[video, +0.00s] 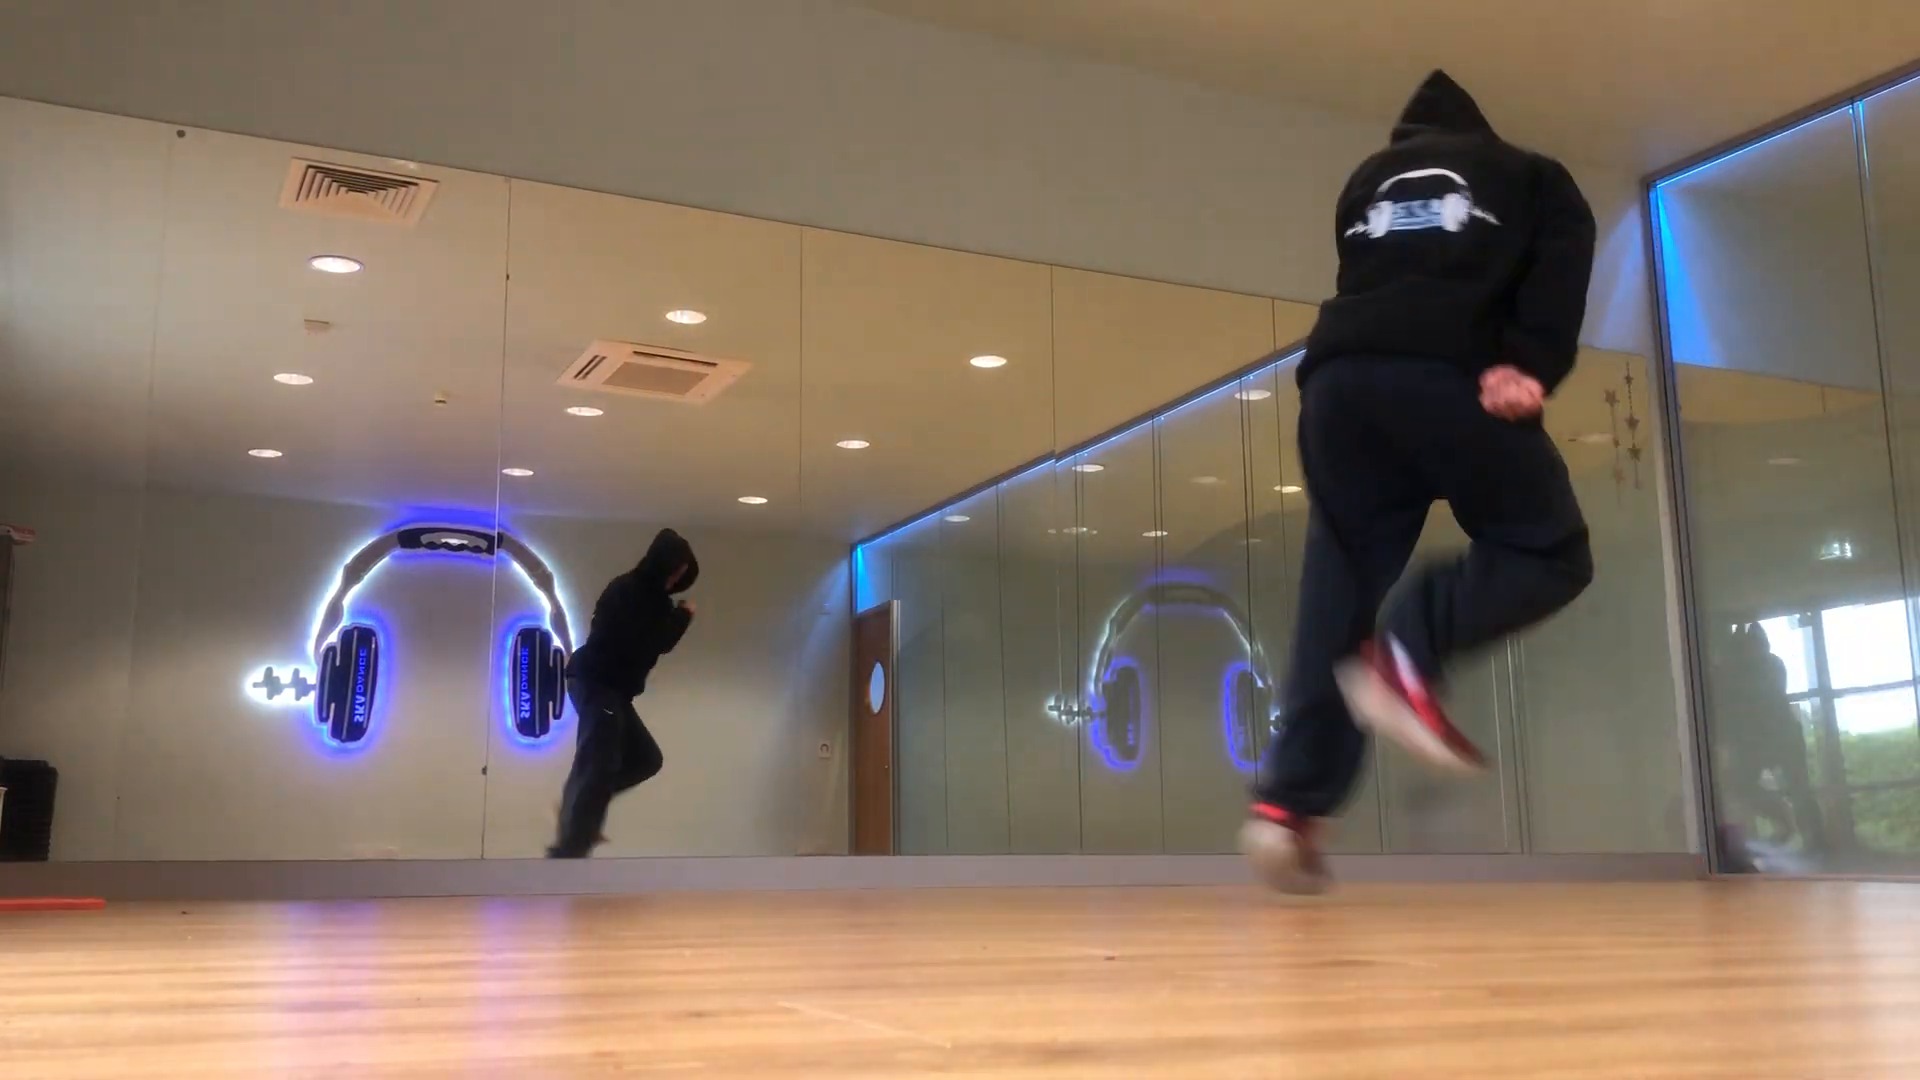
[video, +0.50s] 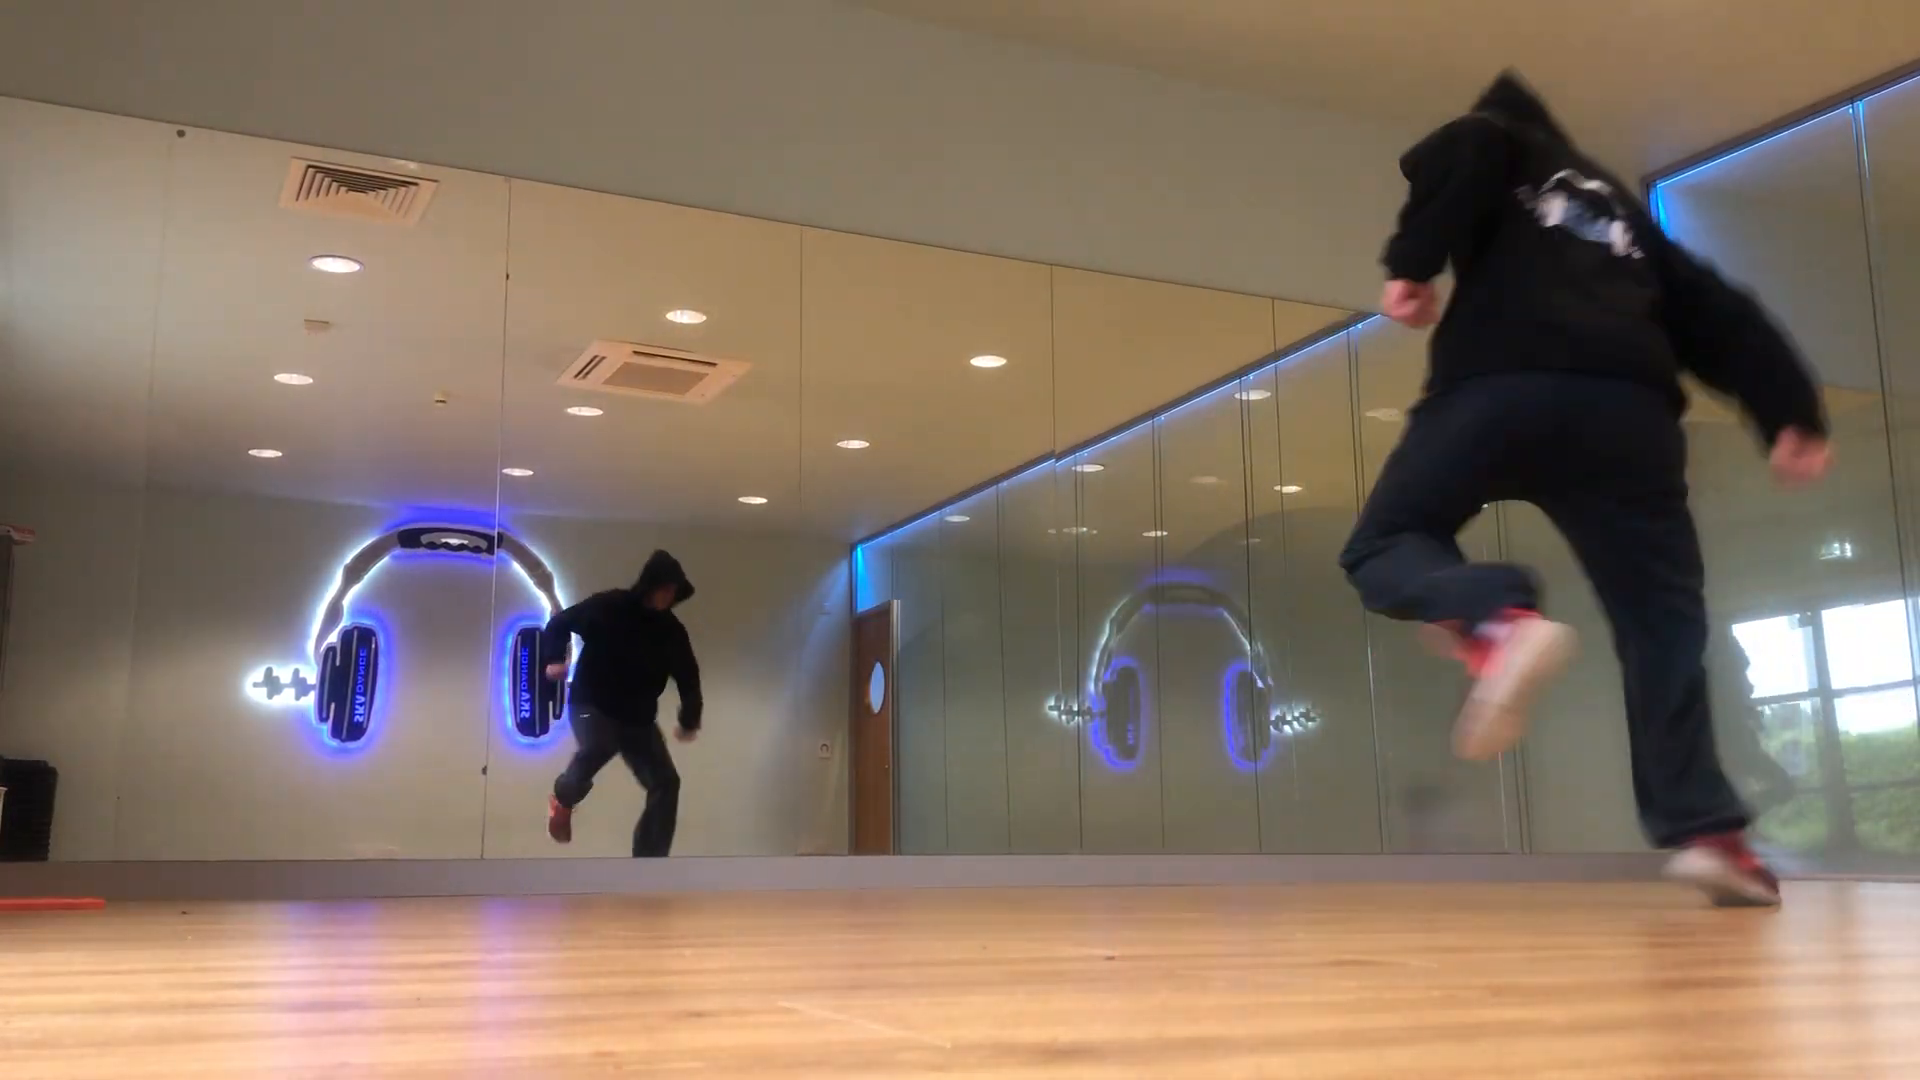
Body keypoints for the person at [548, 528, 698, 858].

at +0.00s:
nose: (677, 580)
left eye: (681, 576)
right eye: (677, 572)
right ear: (666, 565)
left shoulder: (652, 597)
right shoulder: (630, 589)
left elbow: (661, 641)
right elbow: (656, 642)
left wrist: (679, 617)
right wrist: (682, 616)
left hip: (614, 691)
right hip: (596, 685)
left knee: (645, 759)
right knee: (597, 763)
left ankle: (581, 801)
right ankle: (571, 848)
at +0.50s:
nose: (668, 597)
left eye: (673, 591)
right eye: (665, 589)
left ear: (675, 594)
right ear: (650, 585)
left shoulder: (672, 631)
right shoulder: (610, 606)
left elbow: (688, 677)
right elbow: (558, 624)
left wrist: (689, 719)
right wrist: (554, 659)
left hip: (636, 718)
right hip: (591, 707)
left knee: (665, 783)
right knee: (599, 747)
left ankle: (648, 868)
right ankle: (562, 801)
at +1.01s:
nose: (584, 606)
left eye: (587, 600)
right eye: (580, 599)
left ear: (592, 602)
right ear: (570, 601)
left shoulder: (610, 634)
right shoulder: (544, 640)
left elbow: (639, 675)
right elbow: (513, 679)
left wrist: (654, 715)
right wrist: (499, 713)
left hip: (620, 728)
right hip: (577, 735)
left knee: (645, 767)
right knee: (570, 800)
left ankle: (672, 766)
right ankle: (581, 867)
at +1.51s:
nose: (598, 626)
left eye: (603, 621)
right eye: (594, 619)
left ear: (606, 618)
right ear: (581, 611)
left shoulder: (601, 636)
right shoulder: (555, 629)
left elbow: (629, 647)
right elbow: (575, 653)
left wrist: (628, 662)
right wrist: (611, 647)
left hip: (565, 730)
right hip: (530, 730)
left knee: (598, 788)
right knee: (563, 796)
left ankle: (540, 832)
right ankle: (550, 873)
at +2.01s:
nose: (590, 654)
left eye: (594, 650)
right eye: (590, 647)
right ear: (580, 640)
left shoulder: (562, 673)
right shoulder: (545, 655)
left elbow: (547, 732)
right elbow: (520, 682)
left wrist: (572, 755)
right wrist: (511, 710)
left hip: (525, 747)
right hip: (511, 743)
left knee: (536, 814)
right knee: (552, 793)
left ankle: (502, 872)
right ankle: (547, 869)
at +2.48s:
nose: (536, 594)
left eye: (541, 587)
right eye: (531, 589)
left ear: (553, 586)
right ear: (524, 591)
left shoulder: (576, 608)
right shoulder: (524, 620)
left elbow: (585, 650)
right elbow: (508, 653)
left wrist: (529, 655)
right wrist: (534, 625)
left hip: (591, 696)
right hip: (552, 706)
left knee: (578, 750)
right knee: (555, 783)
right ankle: (570, 856)